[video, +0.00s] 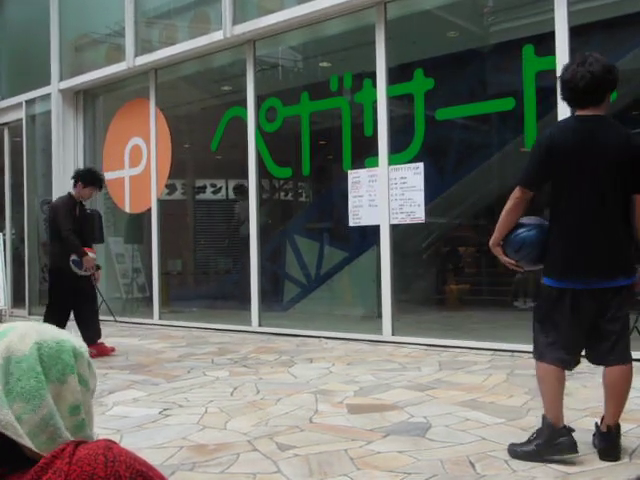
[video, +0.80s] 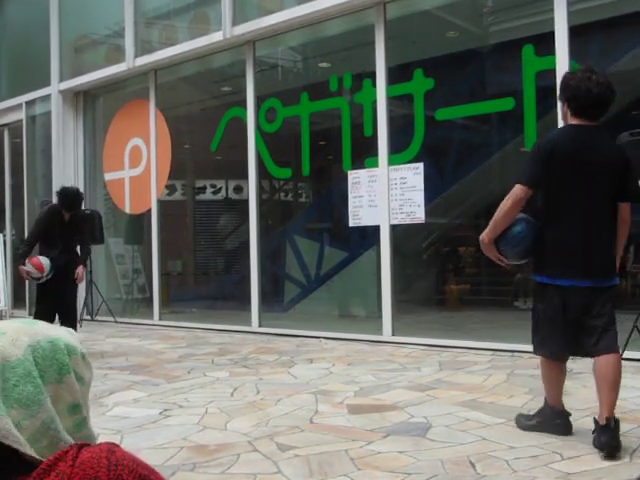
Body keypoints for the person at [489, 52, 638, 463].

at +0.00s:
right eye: (611, 89)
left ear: (568, 94)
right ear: (611, 94)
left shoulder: (555, 139)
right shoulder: (627, 139)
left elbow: (521, 195)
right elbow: (635, 204)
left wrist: (496, 240)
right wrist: (633, 250)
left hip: (566, 266)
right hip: (617, 263)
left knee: (550, 344)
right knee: (617, 347)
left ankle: (553, 431)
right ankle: (610, 433)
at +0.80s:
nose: (561, 104)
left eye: (563, 100)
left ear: (565, 105)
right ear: (606, 108)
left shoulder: (551, 146)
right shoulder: (616, 153)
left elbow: (517, 199)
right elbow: (623, 216)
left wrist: (486, 237)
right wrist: (616, 257)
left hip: (554, 266)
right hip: (599, 266)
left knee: (551, 338)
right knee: (605, 340)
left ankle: (553, 411)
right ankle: (607, 425)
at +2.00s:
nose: (549, 128)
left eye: (549, 123)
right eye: (550, 122)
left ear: (555, 125)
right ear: (585, 124)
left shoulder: (561, 154)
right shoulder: (598, 158)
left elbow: (549, 197)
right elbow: (596, 209)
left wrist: (522, 237)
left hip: (563, 263)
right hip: (591, 263)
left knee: (548, 327)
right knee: (585, 328)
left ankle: (557, 402)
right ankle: (594, 397)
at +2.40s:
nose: (560, 131)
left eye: (561, 125)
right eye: (560, 125)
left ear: (570, 124)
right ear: (592, 123)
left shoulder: (581, 147)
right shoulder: (601, 150)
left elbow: (571, 188)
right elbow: (599, 205)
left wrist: (547, 227)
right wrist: (553, 232)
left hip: (587, 260)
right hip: (604, 259)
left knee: (581, 330)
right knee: (602, 334)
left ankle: (592, 404)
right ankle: (596, 398)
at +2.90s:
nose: (586, 120)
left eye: (589, 114)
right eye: (587, 114)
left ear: (603, 114)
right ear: (612, 115)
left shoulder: (621, 144)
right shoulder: (625, 144)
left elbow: (619, 191)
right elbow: (618, 194)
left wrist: (607, 237)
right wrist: (605, 238)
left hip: (620, 254)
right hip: (620, 254)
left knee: (611, 324)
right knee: (610, 324)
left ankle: (598, 395)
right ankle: (598, 394)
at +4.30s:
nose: (557, 118)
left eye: (560, 111)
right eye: (558, 111)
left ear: (574, 113)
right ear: (576, 114)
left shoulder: (598, 146)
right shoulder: (583, 150)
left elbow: (603, 194)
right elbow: (572, 213)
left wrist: (594, 239)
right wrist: (552, 256)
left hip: (586, 252)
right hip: (573, 253)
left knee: (585, 329)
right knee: (579, 330)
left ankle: (636, 387)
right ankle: (583, 404)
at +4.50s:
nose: (545, 118)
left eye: (548, 112)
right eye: (546, 112)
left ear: (561, 115)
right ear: (568, 116)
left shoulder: (587, 147)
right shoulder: (565, 153)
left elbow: (599, 190)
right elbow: (554, 214)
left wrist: (597, 232)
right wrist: (537, 256)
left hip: (571, 259)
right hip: (554, 259)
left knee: (571, 328)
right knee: (557, 329)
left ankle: (591, 401)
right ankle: (584, 398)